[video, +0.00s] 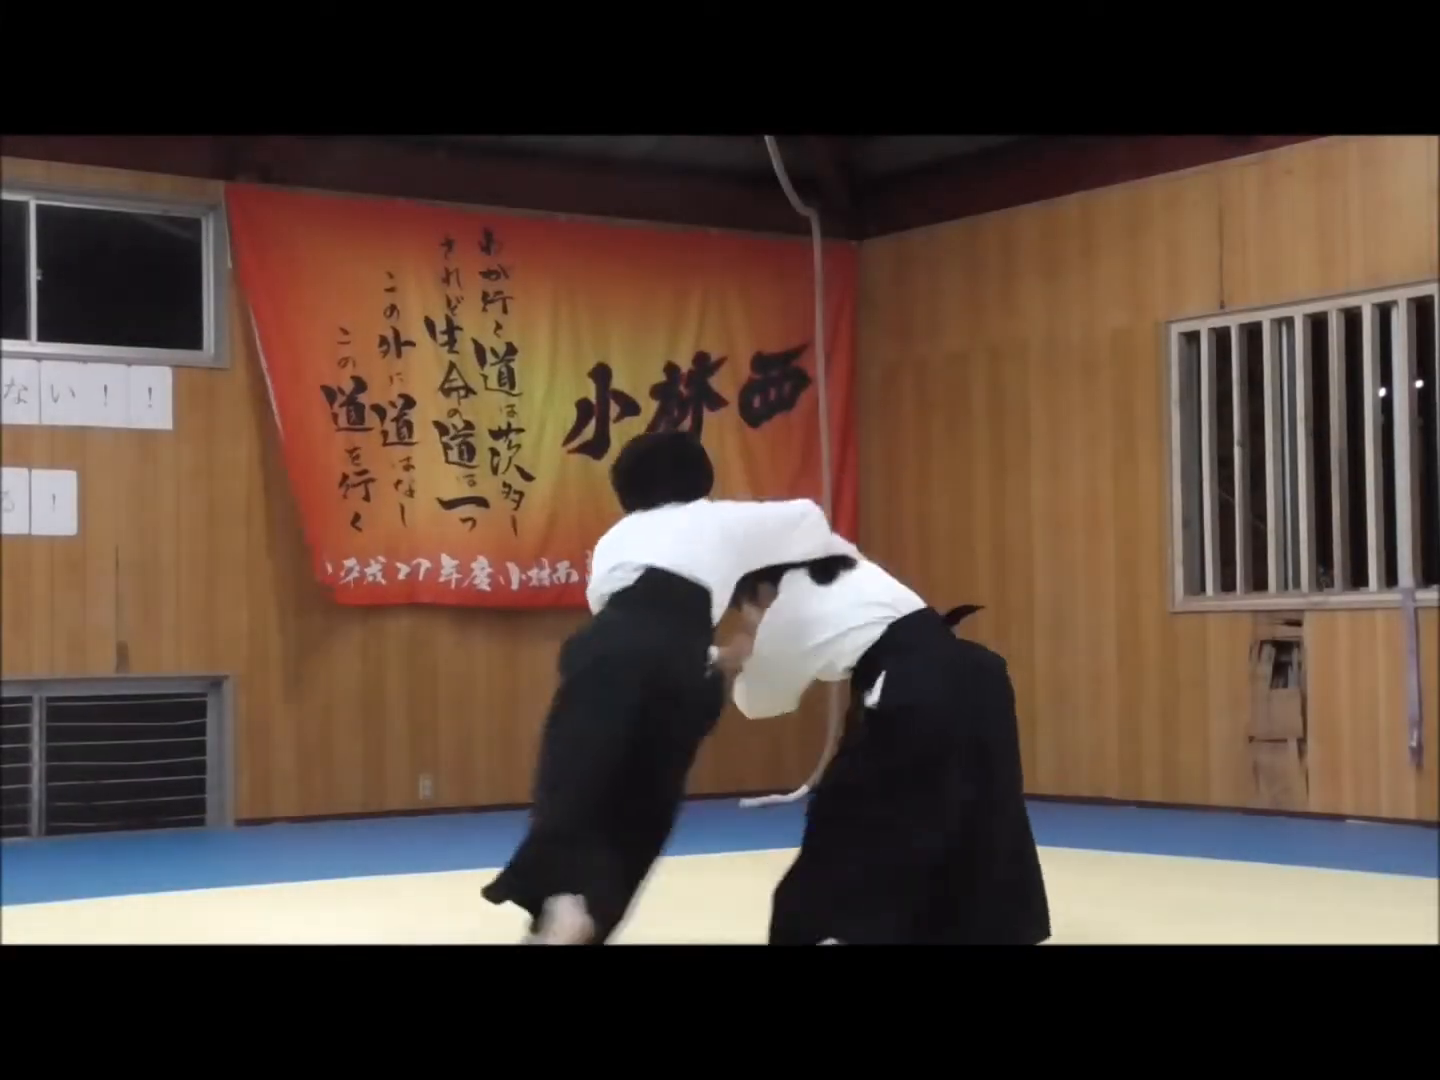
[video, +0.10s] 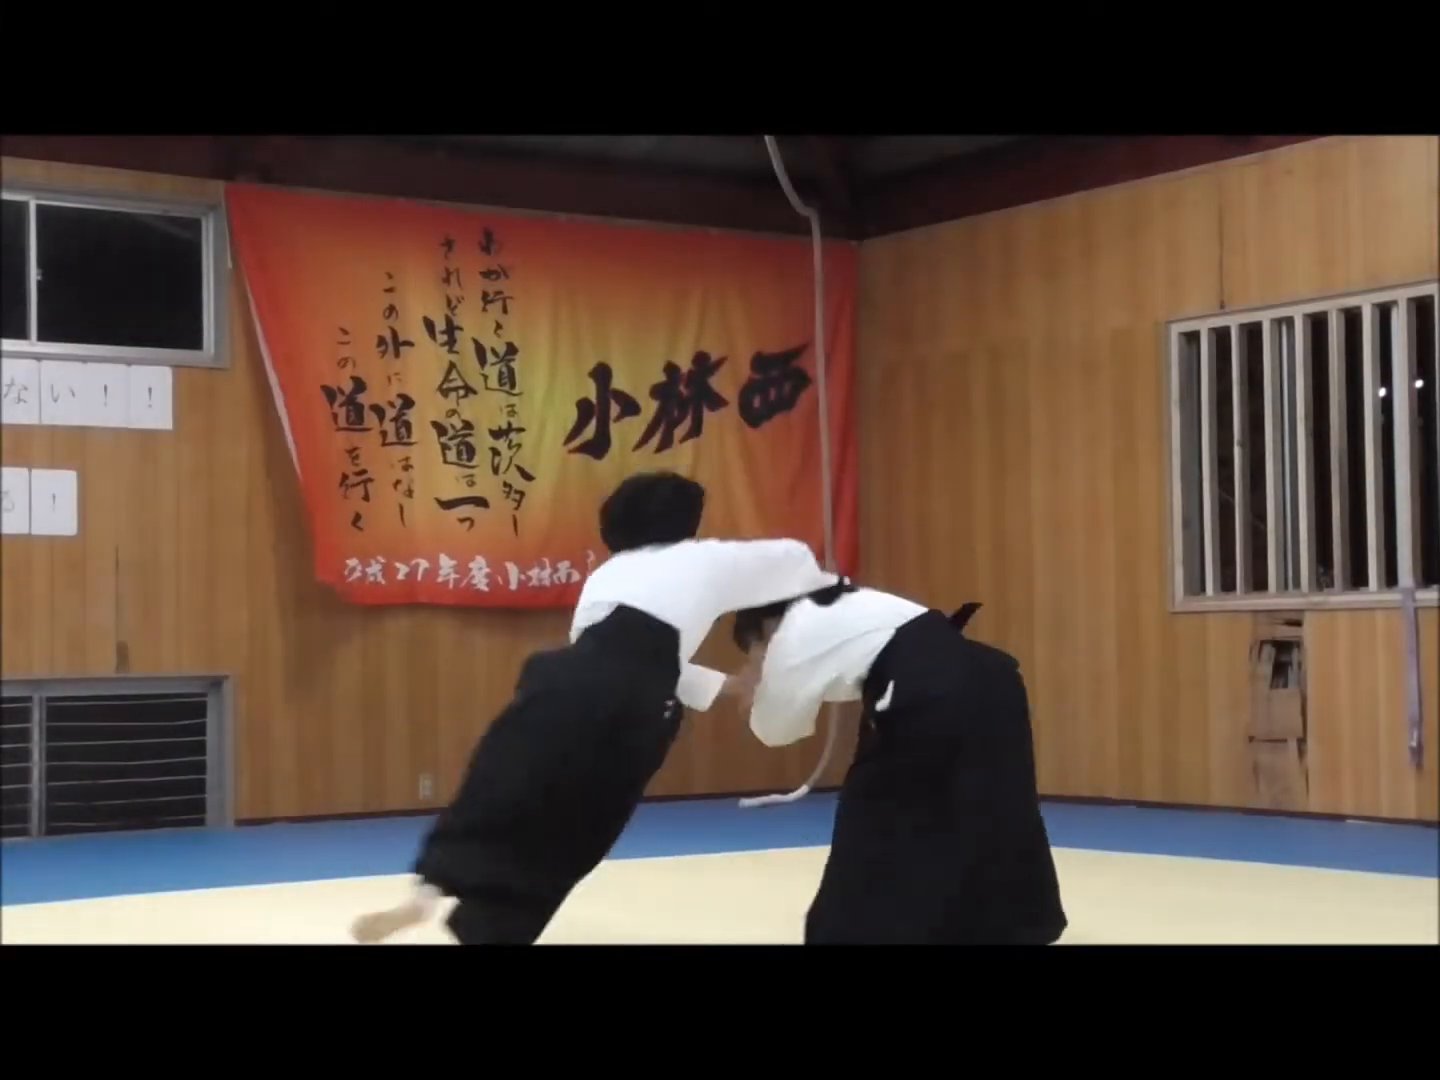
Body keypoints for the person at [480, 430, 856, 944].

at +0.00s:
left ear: (629, 492)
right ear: (702, 485)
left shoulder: (612, 539)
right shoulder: (722, 520)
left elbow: (626, 622)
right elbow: (807, 515)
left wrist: (721, 656)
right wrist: (835, 552)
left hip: (603, 662)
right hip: (683, 671)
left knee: (570, 781)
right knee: (644, 812)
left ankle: (565, 908)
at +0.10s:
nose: (703, 528)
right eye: (697, 520)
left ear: (616, 534)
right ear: (688, 529)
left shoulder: (604, 578)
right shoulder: (701, 561)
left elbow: (652, 657)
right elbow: (796, 555)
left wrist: (729, 687)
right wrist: (819, 593)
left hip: (565, 688)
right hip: (639, 711)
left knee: (508, 772)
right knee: (572, 834)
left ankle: (434, 882)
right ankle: (484, 930)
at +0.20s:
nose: (705, 564)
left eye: (701, 558)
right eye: (698, 557)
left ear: (621, 567)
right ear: (683, 559)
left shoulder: (611, 610)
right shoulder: (689, 579)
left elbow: (666, 698)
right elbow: (794, 590)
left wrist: (755, 717)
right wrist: (815, 654)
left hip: (551, 698)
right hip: (612, 710)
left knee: (482, 796)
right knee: (564, 846)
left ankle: (395, 895)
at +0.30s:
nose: (706, 595)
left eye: (705, 589)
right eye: (701, 586)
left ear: (633, 587)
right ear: (686, 582)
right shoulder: (686, 591)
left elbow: (677, 721)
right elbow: (787, 609)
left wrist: (759, 728)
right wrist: (824, 630)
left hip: (544, 687)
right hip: (605, 693)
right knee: (591, 841)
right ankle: (562, 930)